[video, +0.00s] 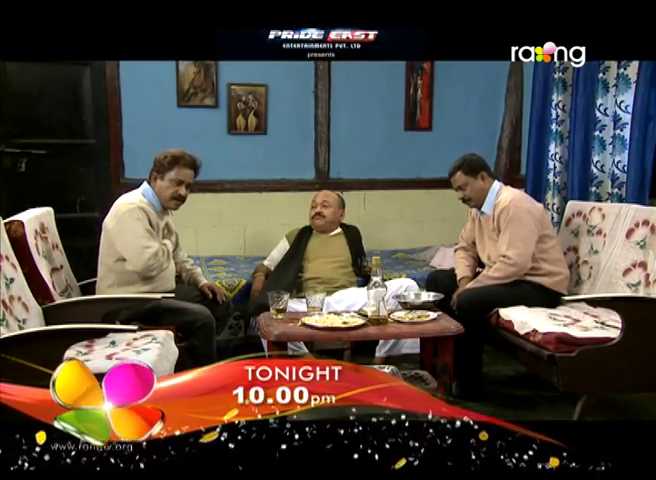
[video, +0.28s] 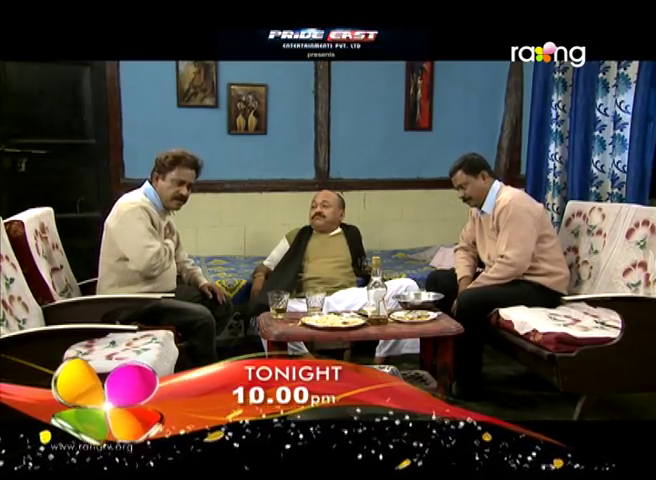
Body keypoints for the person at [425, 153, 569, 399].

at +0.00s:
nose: (461, 196)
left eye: (463, 188)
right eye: (458, 191)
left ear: (483, 178)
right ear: (480, 180)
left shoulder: (516, 205)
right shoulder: (479, 209)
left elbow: (515, 263)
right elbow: (465, 247)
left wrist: (468, 289)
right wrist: (465, 281)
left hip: (541, 285)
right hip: (502, 277)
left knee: (468, 303)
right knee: (437, 280)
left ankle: (467, 385)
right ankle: (439, 369)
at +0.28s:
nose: (461, 195)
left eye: (464, 187)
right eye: (458, 190)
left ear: (484, 177)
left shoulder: (516, 204)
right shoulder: (479, 209)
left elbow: (513, 263)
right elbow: (465, 247)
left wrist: (469, 291)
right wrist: (465, 282)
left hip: (541, 286)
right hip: (503, 277)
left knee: (468, 303)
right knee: (437, 280)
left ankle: (467, 385)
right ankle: (439, 369)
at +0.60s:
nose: (459, 197)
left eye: (461, 188)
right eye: (456, 192)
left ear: (481, 178)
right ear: (479, 180)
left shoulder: (514, 205)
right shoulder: (478, 209)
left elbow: (513, 263)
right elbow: (464, 248)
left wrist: (466, 293)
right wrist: (464, 280)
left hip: (541, 286)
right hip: (502, 277)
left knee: (468, 302)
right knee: (437, 280)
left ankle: (467, 385)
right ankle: (441, 368)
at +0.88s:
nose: (458, 197)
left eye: (461, 189)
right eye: (455, 192)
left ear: (481, 178)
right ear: (479, 180)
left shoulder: (514, 205)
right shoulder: (478, 209)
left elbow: (513, 265)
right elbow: (464, 248)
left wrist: (465, 294)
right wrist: (464, 281)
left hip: (541, 286)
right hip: (502, 277)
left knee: (468, 302)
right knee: (437, 280)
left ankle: (467, 385)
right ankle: (441, 368)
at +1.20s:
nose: (458, 198)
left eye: (460, 190)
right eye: (455, 193)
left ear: (481, 179)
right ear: (478, 181)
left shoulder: (513, 206)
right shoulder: (478, 208)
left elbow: (513, 266)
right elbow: (464, 248)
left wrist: (465, 294)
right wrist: (464, 282)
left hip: (541, 286)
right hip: (503, 277)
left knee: (468, 302)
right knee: (437, 280)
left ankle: (467, 386)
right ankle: (440, 369)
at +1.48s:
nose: (458, 198)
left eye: (460, 191)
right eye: (454, 193)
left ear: (480, 179)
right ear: (478, 181)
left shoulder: (512, 206)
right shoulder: (477, 208)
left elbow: (513, 266)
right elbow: (464, 248)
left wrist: (465, 295)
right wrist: (463, 283)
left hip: (542, 286)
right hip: (504, 277)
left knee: (468, 302)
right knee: (437, 280)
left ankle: (468, 386)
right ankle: (440, 369)